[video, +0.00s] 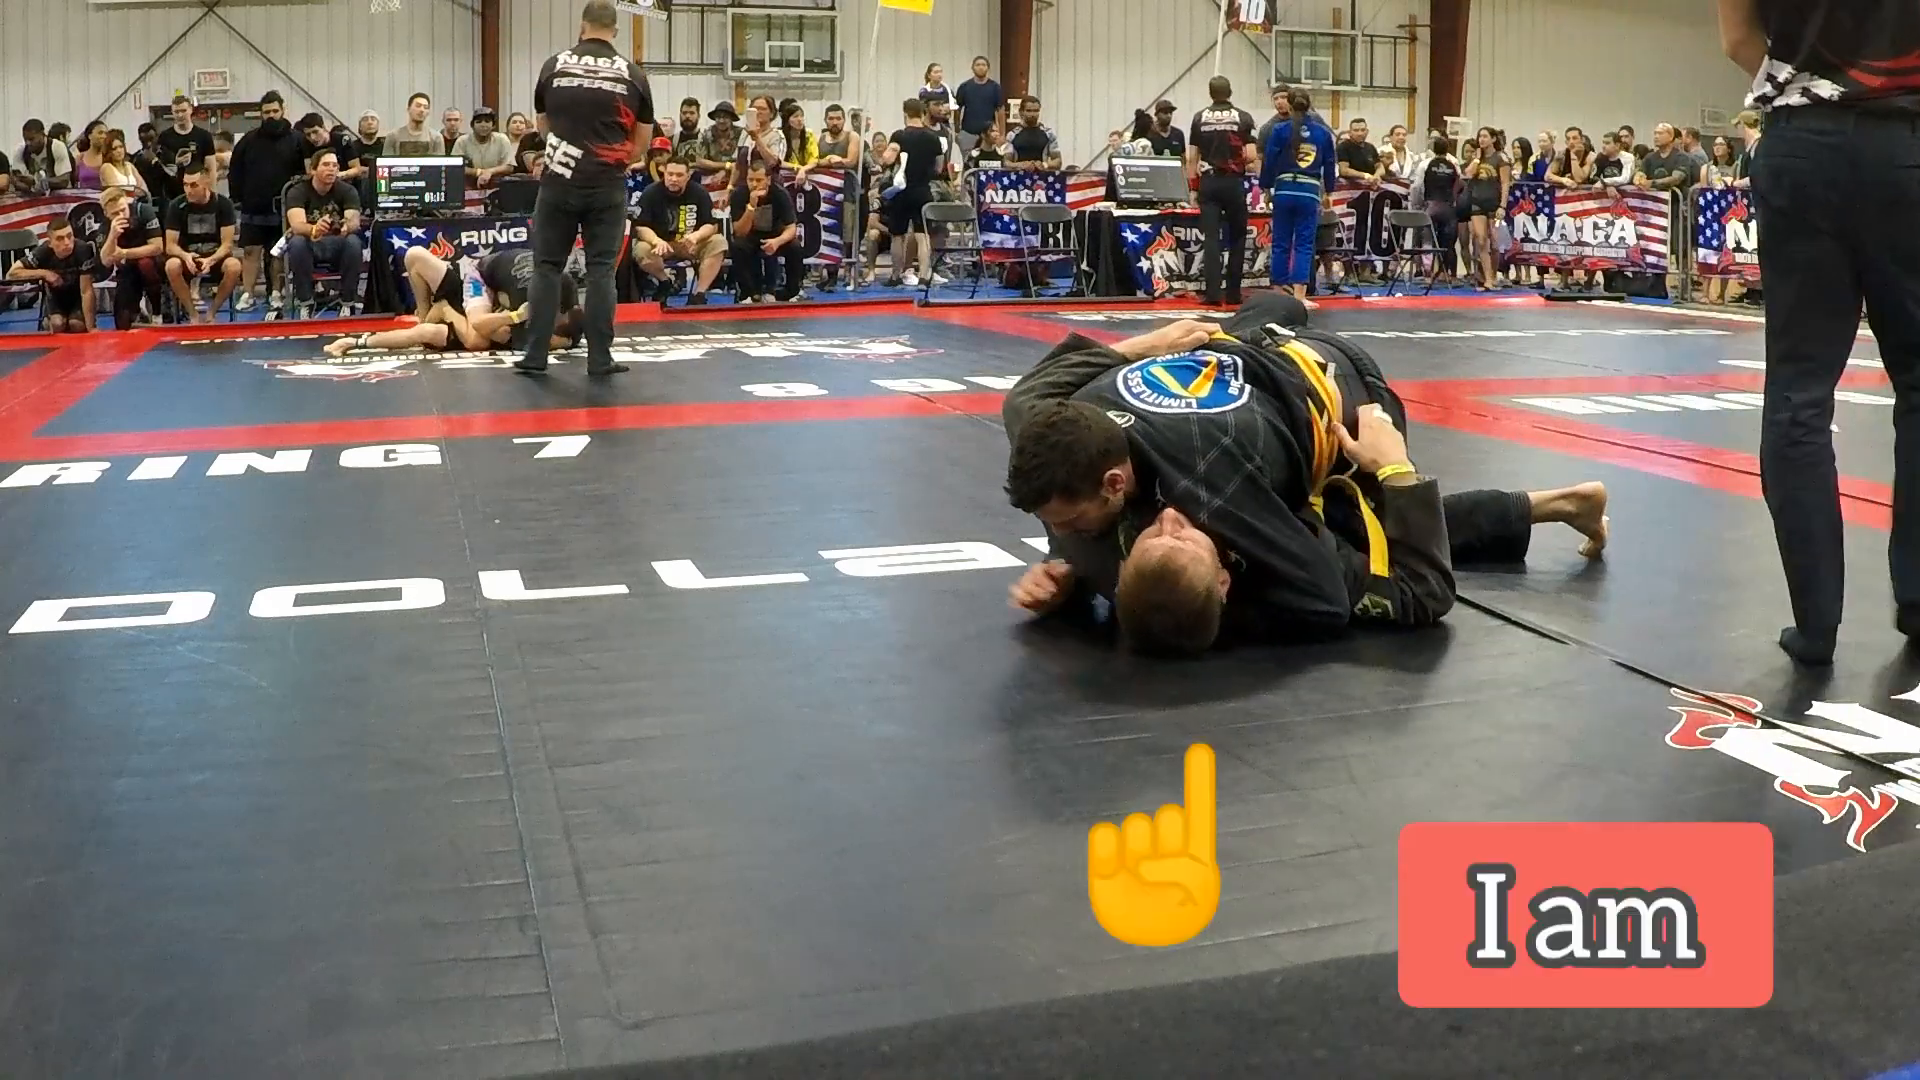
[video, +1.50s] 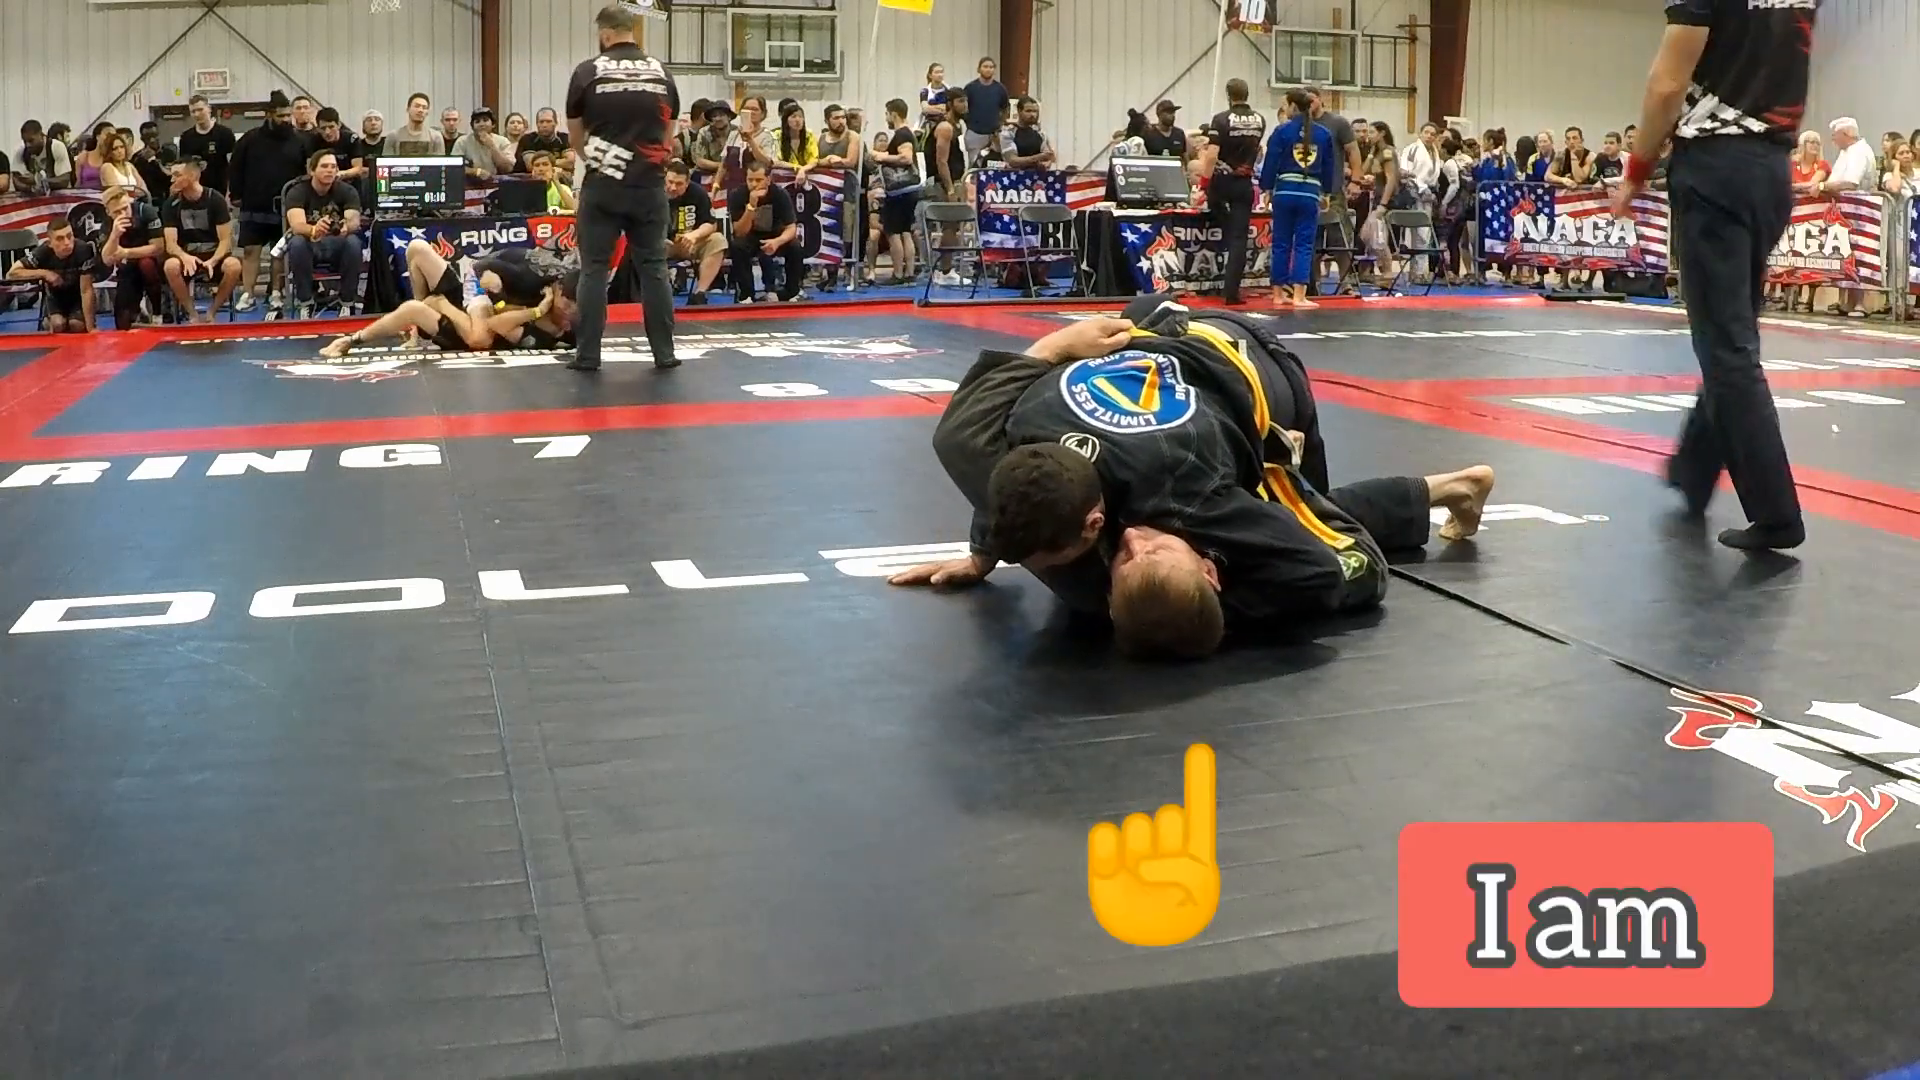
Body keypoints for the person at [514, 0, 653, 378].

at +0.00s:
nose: (586, 34)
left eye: (583, 27)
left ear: (582, 27)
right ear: (614, 30)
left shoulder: (554, 64)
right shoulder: (634, 74)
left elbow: (544, 123)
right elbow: (641, 144)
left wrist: (581, 140)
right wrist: (612, 163)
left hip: (559, 182)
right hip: (608, 183)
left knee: (547, 264)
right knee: (602, 268)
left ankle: (535, 355)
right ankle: (599, 359)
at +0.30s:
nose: (588, 33)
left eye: (587, 28)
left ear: (587, 28)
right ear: (620, 30)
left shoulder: (559, 65)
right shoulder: (640, 75)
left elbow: (548, 123)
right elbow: (646, 141)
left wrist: (574, 149)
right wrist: (623, 164)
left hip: (566, 182)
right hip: (612, 183)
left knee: (571, 264)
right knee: (605, 267)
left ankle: (576, 352)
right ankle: (598, 358)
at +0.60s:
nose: (582, 37)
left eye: (575, 30)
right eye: (595, 31)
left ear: (569, 31)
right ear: (603, 30)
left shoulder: (551, 72)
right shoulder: (629, 69)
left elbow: (548, 132)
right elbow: (646, 131)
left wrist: (574, 157)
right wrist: (630, 162)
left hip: (569, 183)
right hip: (613, 182)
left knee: (578, 265)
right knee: (608, 264)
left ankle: (582, 352)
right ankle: (598, 355)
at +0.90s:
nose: (568, 39)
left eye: (560, 35)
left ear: (557, 35)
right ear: (588, 29)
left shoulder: (543, 75)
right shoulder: (619, 65)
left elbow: (547, 135)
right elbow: (638, 129)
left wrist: (576, 159)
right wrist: (623, 159)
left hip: (566, 183)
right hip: (611, 178)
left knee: (579, 265)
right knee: (630, 255)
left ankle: (583, 356)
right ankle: (613, 340)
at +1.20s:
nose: (567, 40)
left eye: (565, 35)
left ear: (566, 35)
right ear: (598, 31)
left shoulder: (550, 74)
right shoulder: (627, 66)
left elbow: (550, 137)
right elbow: (644, 132)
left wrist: (576, 160)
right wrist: (631, 160)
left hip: (574, 184)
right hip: (622, 180)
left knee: (581, 268)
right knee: (639, 262)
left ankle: (585, 357)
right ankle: (660, 350)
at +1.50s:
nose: (599, 41)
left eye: (598, 37)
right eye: (601, 37)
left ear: (604, 35)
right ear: (633, 33)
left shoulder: (587, 71)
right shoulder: (660, 70)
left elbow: (576, 138)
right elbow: (669, 130)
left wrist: (599, 162)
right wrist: (650, 161)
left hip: (602, 186)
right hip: (649, 186)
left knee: (594, 269)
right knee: (654, 266)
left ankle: (588, 355)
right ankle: (665, 353)